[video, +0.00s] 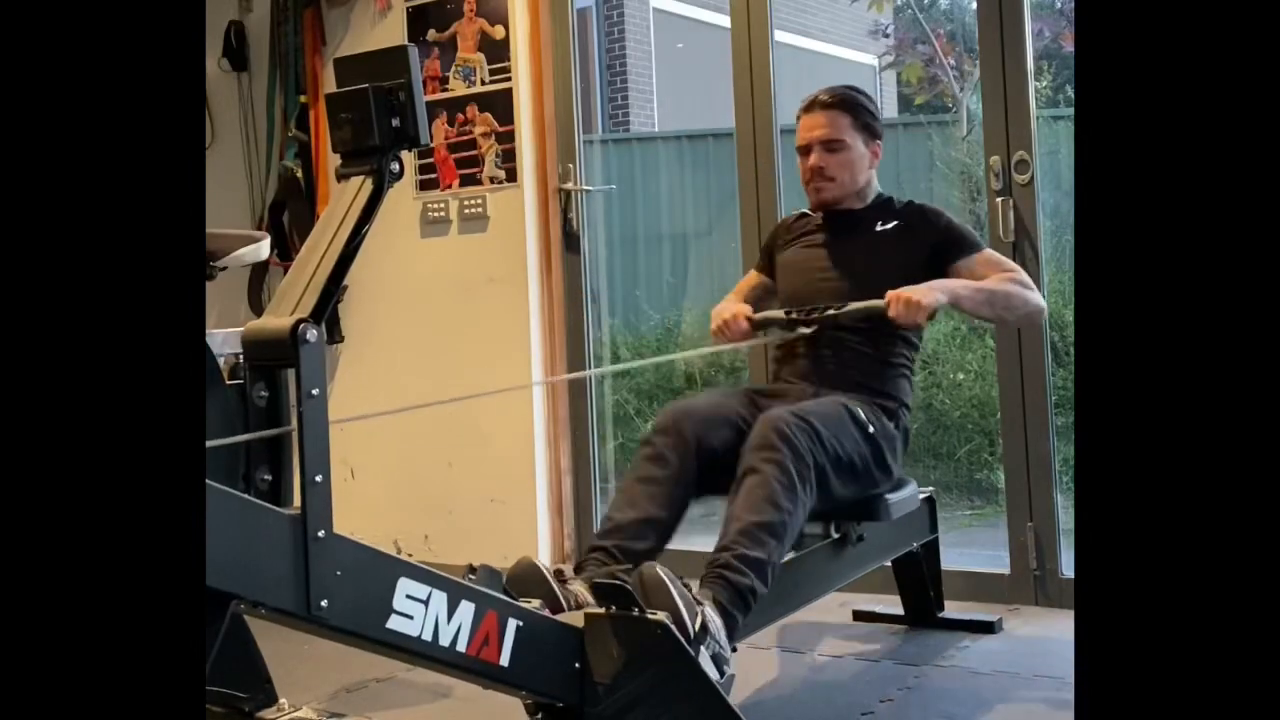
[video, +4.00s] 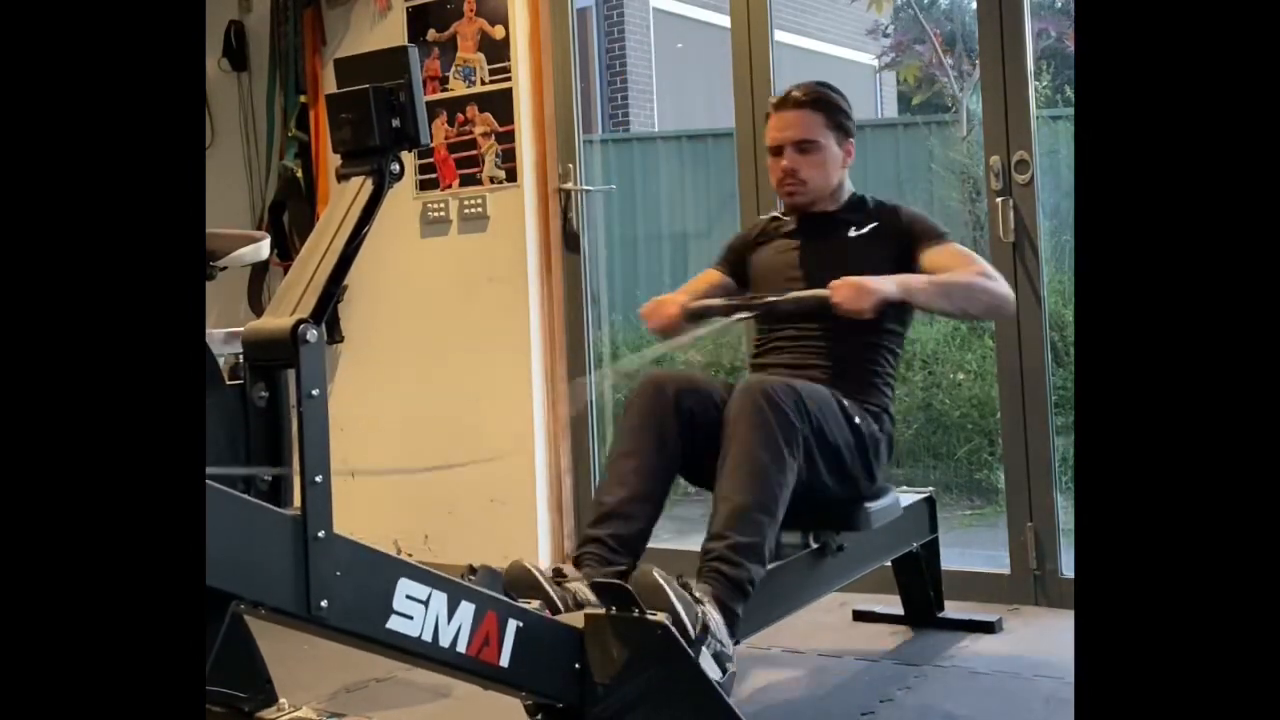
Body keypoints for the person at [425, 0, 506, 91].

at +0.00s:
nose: (471, 7)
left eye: (473, 4)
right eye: (468, 4)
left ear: (476, 7)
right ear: (463, 8)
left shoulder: (480, 22)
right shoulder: (458, 25)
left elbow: (494, 34)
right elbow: (445, 36)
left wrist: (498, 32)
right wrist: (435, 36)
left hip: (474, 61)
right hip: (460, 60)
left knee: (474, 89)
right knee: (458, 89)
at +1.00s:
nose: (471, 7)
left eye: (473, 4)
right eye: (468, 4)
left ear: (476, 7)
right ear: (463, 7)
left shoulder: (480, 22)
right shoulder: (457, 25)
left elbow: (494, 34)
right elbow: (445, 36)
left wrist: (498, 32)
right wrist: (435, 36)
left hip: (474, 60)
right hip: (460, 60)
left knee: (474, 89)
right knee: (457, 89)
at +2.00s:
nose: (471, 8)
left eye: (473, 5)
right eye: (468, 5)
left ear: (476, 8)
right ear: (463, 8)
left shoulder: (480, 22)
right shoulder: (458, 24)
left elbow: (493, 33)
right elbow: (445, 36)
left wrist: (498, 32)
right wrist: (435, 36)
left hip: (474, 60)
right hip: (460, 59)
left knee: (474, 88)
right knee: (458, 89)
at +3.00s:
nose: (471, 7)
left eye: (473, 5)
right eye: (468, 5)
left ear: (476, 8)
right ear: (463, 8)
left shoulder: (480, 22)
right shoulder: (457, 25)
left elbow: (493, 33)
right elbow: (445, 36)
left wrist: (498, 32)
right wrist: (435, 36)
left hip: (474, 60)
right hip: (460, 59)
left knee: (474, 89)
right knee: (458, 89)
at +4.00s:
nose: (471, 7)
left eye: (473, 4)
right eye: (468, 4)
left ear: (476, 7)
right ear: (463, 8)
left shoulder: (480, 22)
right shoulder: (457, 25)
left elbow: (493, 34)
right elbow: (445, 36)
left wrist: (498, 32)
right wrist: (435, 36)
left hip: (474, 60)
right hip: (460, 59)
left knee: (474, 89)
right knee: (458, 89)